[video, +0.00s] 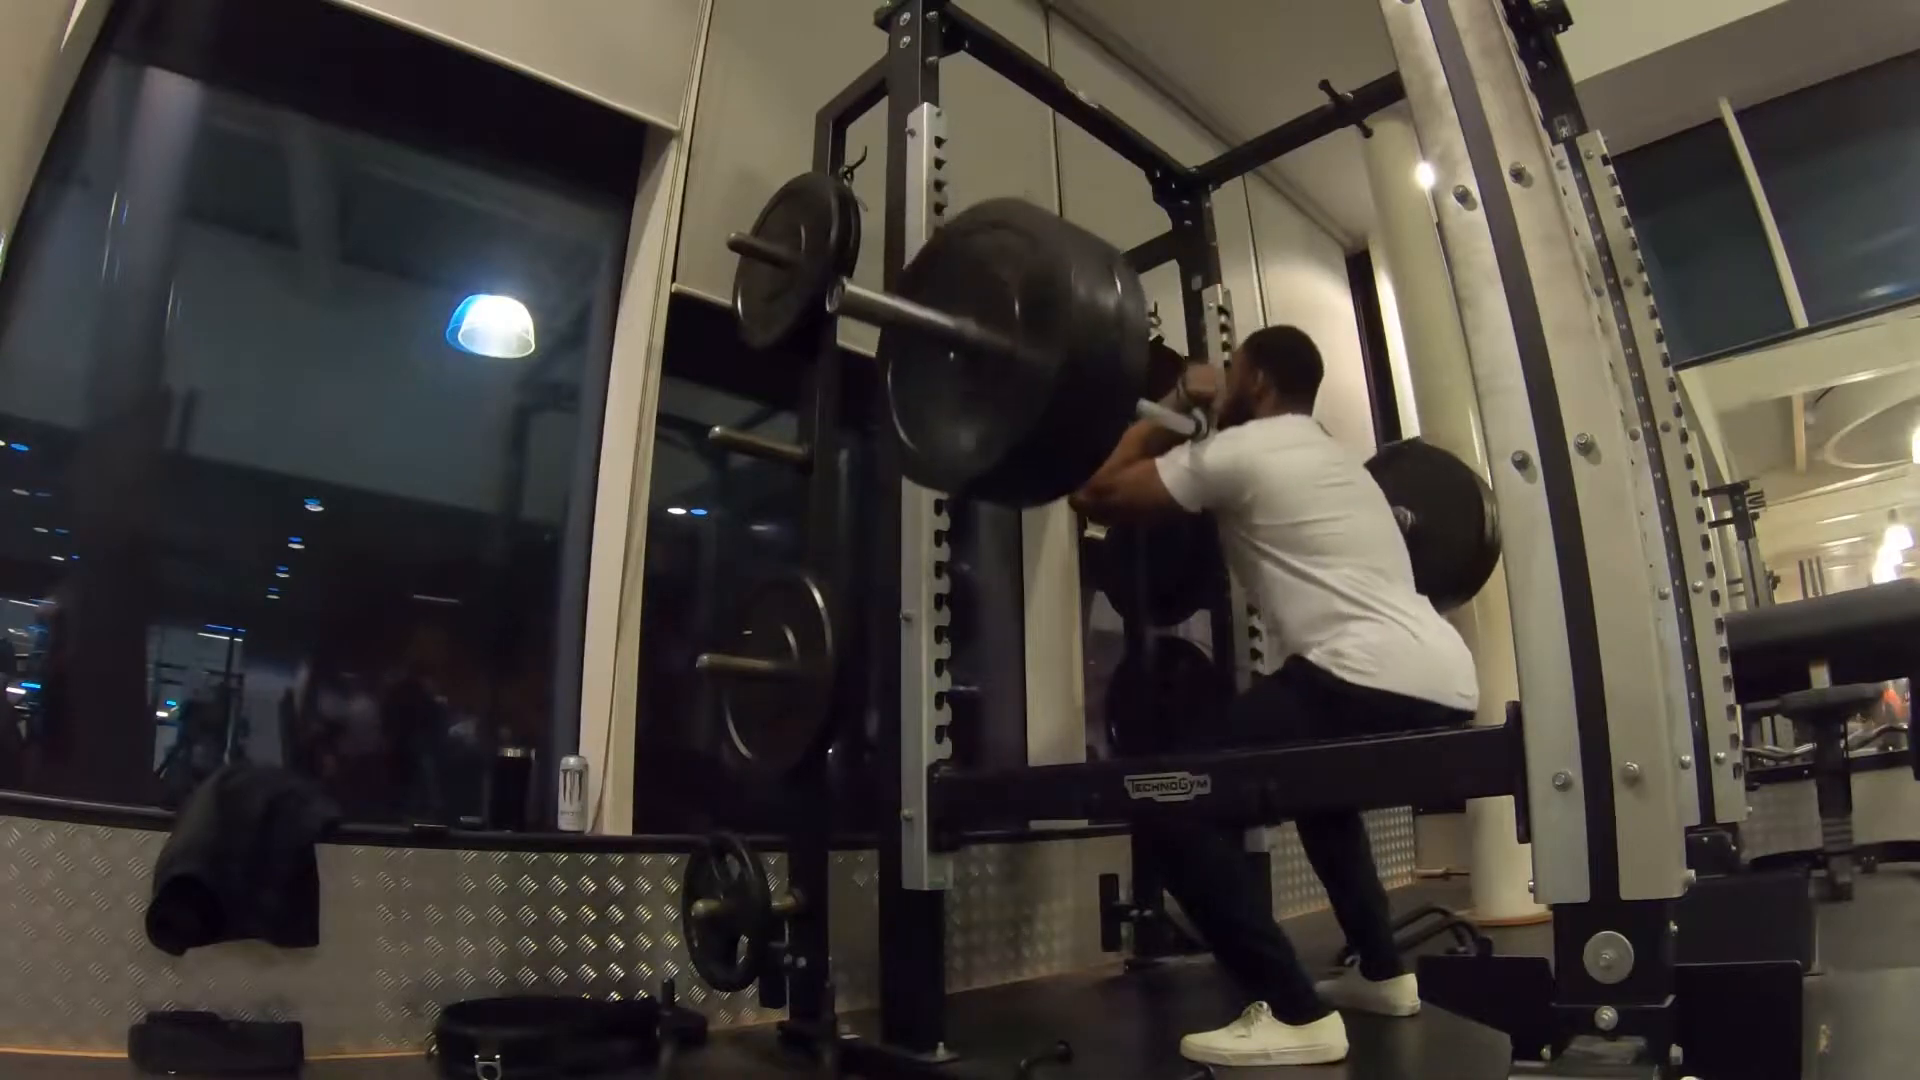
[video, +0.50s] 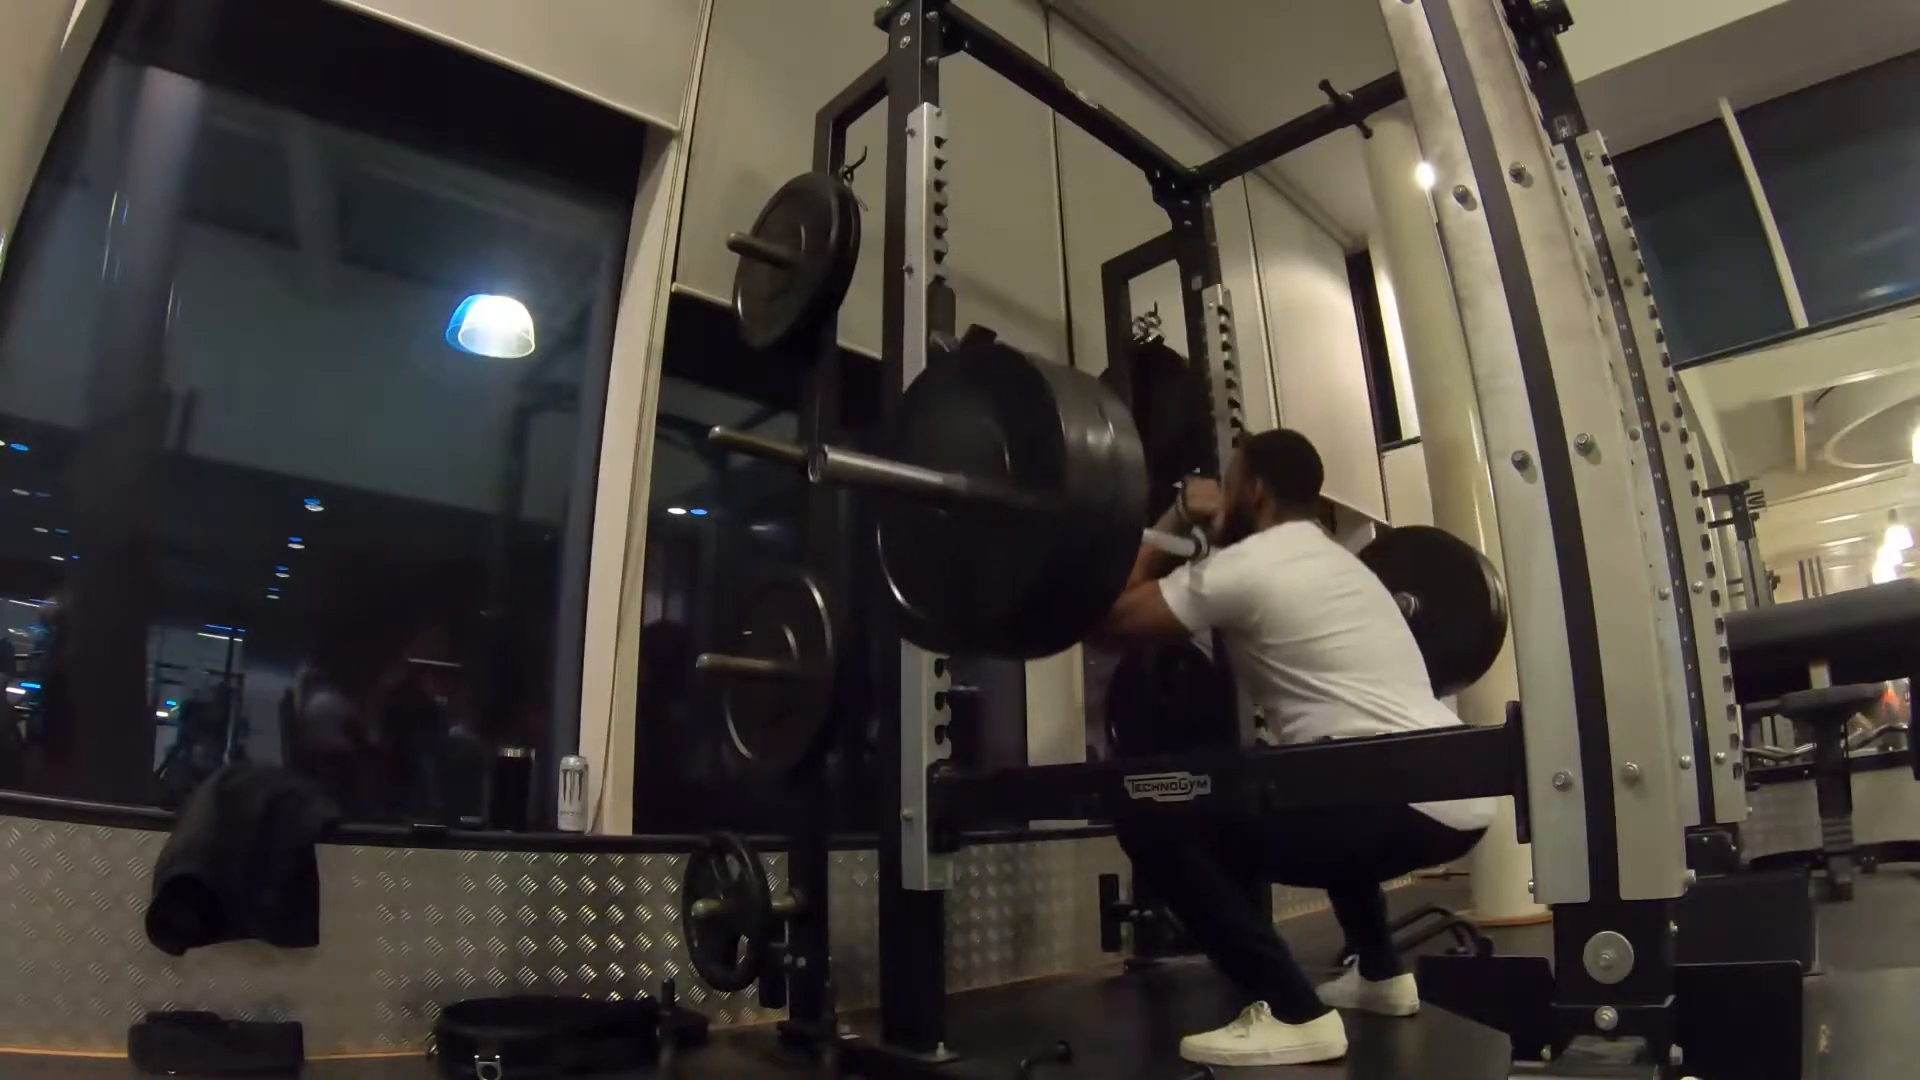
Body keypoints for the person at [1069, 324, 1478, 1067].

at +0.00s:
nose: (1223, 385)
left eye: (1232, 372)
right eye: (1226, 371)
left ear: (1259, 382)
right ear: (1302, 390)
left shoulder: (1241, 453)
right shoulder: (1338, 454)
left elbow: (1104, 490)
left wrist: (1155, 421)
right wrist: (1213, 410)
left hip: (1357, 678)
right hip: (1448, 689)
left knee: (1173, 798)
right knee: (1311, 781)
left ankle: (1292, 1013)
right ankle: (1384, 972)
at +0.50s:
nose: (1221, 494)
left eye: (1230, 482)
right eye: (1224, 482)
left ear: (1256, 492)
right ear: (1309, 495)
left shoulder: (1241, 569)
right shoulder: (1334, 554)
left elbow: (1113, 618)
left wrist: (1172, 524)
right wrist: (1220, 534)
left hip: (1384, 807)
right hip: (1458, 804)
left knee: (1160, 827)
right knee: (1304, 789)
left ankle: (1294, 1013)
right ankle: (1381, 972)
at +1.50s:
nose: (1212, 401)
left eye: (1219, 389)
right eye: (1215, 388)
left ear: (1243, 395)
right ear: (1290, 402)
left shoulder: (1232, 464)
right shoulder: (1325, 464)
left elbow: (1089, 514)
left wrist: (1153, 434)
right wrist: (1200, 431)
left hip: (1352, 681)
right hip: (1443, 692)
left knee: (1167, 800)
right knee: (1315, 782)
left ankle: (1291, 1012)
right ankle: (1383, 970)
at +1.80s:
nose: (1204, 306)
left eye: (1212, 293)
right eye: (1209, 294)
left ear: (1235, 296)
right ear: (1281, 306)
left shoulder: (1227, 364)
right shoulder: (1311, 374)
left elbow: (1091, 407)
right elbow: (1167, 457)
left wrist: (1156, 333)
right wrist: (1166, 350)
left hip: (1310, 596)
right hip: (1398, 599)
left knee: (1192, 785)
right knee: (1325, 773)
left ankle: (1291, 1010)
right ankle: (1383, 970)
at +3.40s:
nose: (1218, 416)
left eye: (1226, 405)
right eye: (1220, 405)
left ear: (1252, 412)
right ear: (1297, 417)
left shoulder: (1247, 482)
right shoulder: (1337, 478)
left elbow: (1105, 525)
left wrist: (1169, 446)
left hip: (1374, 698)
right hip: (1462, 705)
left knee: (1177, 796)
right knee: (1315, 784)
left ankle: (1294, 1013)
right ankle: (1382, 970)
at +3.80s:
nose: (1223, 516)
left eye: (1229, 505)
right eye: (1225, 506)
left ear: (1256, 512)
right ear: (1311, 513)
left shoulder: (1251, 590)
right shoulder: (1339, 575)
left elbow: (1125, 642)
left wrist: (1178, 546)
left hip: (1381, 838)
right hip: (1458, 838)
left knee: (1156, 825)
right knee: (1308, 784)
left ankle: (1291, 1012)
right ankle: (1381, 971)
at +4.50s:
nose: (1221, 436)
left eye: (1229, 425)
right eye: (1225, 425)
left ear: (1251, 433)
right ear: (1299, 439)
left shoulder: (1249, 506)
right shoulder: (1332, 497)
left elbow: (1114, 558)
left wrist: (1168, 467)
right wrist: (1219, 478)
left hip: (1379, 720)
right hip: (1462, 721)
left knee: (1176, 804)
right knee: (1305, 783)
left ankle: (1293, 1013)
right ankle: (1381, 969)